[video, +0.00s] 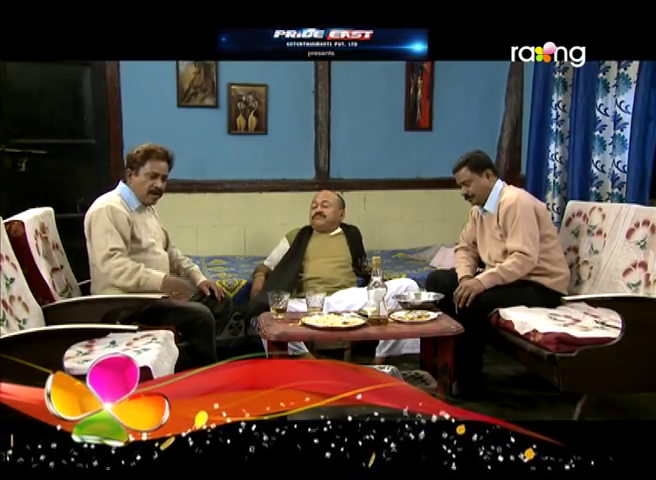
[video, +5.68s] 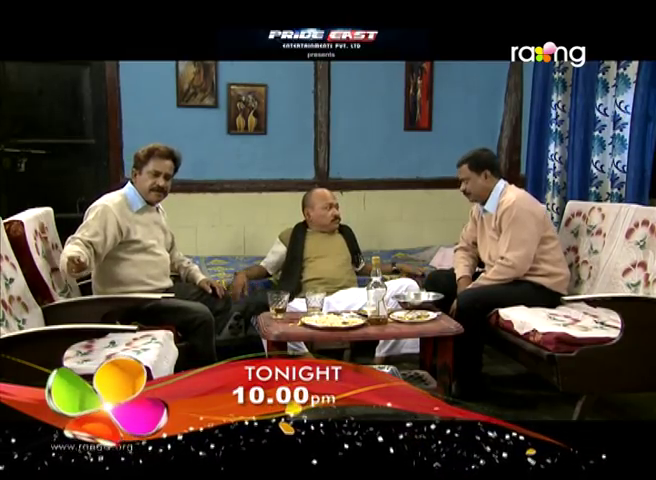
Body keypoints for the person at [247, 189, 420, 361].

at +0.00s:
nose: (318, 210)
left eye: (325, 206)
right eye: (314, 206)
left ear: (341, 213)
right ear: (309, 211)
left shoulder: (351, 233)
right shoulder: (297, 236)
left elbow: (362, 268)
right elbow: (265, 267)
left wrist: (379, 281)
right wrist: (256, 300)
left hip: (350, 298)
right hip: (309, 300)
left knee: (406, 285)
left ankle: (381, 363)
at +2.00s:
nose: (317, 210)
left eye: (325, 206)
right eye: (314, 206)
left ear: (341, 213)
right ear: (309, 211)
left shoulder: (351, 233)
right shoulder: (297, 236)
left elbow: (362, 269)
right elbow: (265, 268)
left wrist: (378, 282)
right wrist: (256, 300)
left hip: (351, 297)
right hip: (311, 300)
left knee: (406, 285)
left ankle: (382, 362)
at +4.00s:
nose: (317, 211)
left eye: (325, 206)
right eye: (313, 206)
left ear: (340, 213)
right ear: (308, 211)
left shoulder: (351, 233)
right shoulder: (298, 236)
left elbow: (361, 269)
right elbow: (264, 269)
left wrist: (379, 282)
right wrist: (256, 303)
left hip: (349, 298)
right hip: (308, 300)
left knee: (406, 286)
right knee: (264, 316)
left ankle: (382, 363)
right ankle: (304, 364)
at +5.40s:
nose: (336, 213)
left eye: (337, 207)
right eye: (329, 209)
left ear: (340, 208)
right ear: (309, 214)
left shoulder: (347, 234)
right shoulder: (293, 237)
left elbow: (359, 267)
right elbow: (266, 267)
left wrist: (378, 276)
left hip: (351, 297)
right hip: (311, 299)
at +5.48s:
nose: (336, 213)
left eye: (337, 207)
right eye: (329, 209)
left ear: (340, 208)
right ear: (309, 214)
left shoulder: (346, 234)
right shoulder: (293, 237)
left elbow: (358, 267)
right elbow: (266, 266)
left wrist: (380, 272)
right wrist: (254, 278)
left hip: (350, 298)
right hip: (310, 300)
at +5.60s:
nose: (336, 212)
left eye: (337, 207)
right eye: (328, 208)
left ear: (339, 208)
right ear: (308, 214)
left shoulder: (346, 233)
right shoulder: (293, 236)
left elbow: (359, 267)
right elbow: (267, 267)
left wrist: (390, 270)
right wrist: (249, 277)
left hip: (350, 299)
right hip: (311, 300)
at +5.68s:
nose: (336, 212)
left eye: (337, 207)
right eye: (329, 208)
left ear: (339, 208)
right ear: (308, 213)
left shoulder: (345, 233)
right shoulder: (292, 236)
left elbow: (360, 267)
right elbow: (267, 267)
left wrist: (395, 270)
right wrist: (242, 274)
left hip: (351, 298)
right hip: (310, 300)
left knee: (406, 286)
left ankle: (379, 365)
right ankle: (312, 366)